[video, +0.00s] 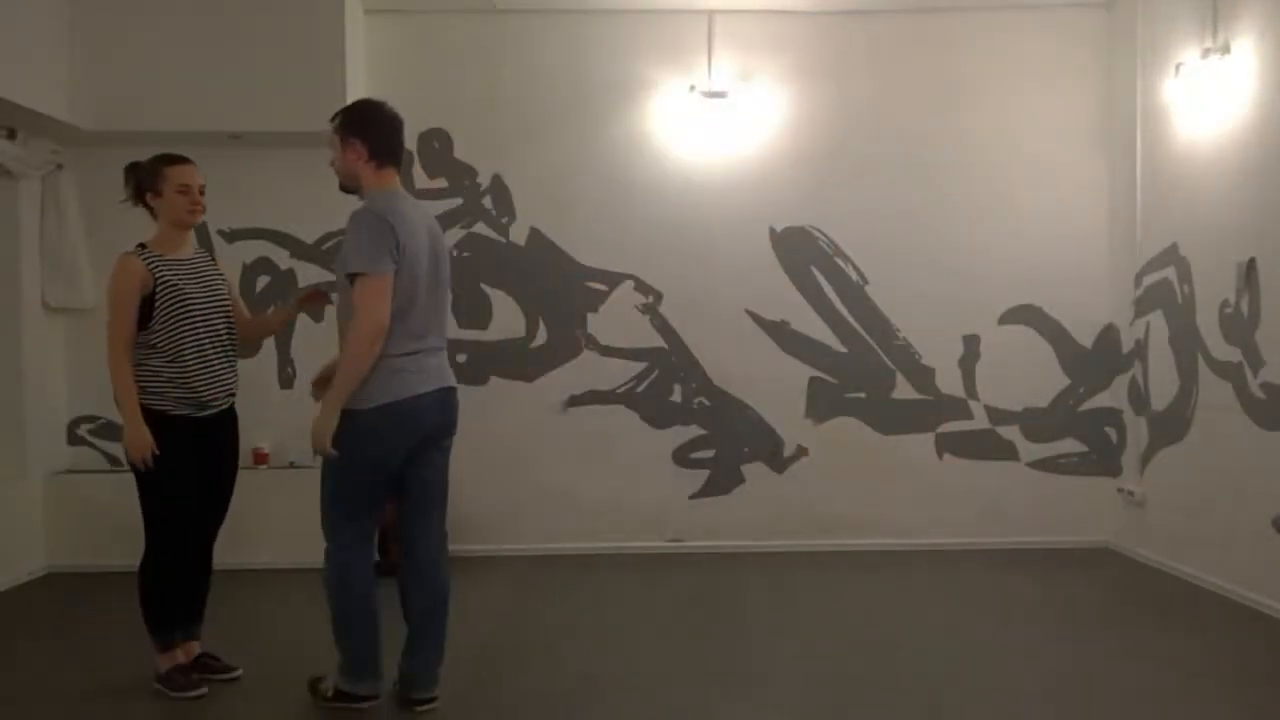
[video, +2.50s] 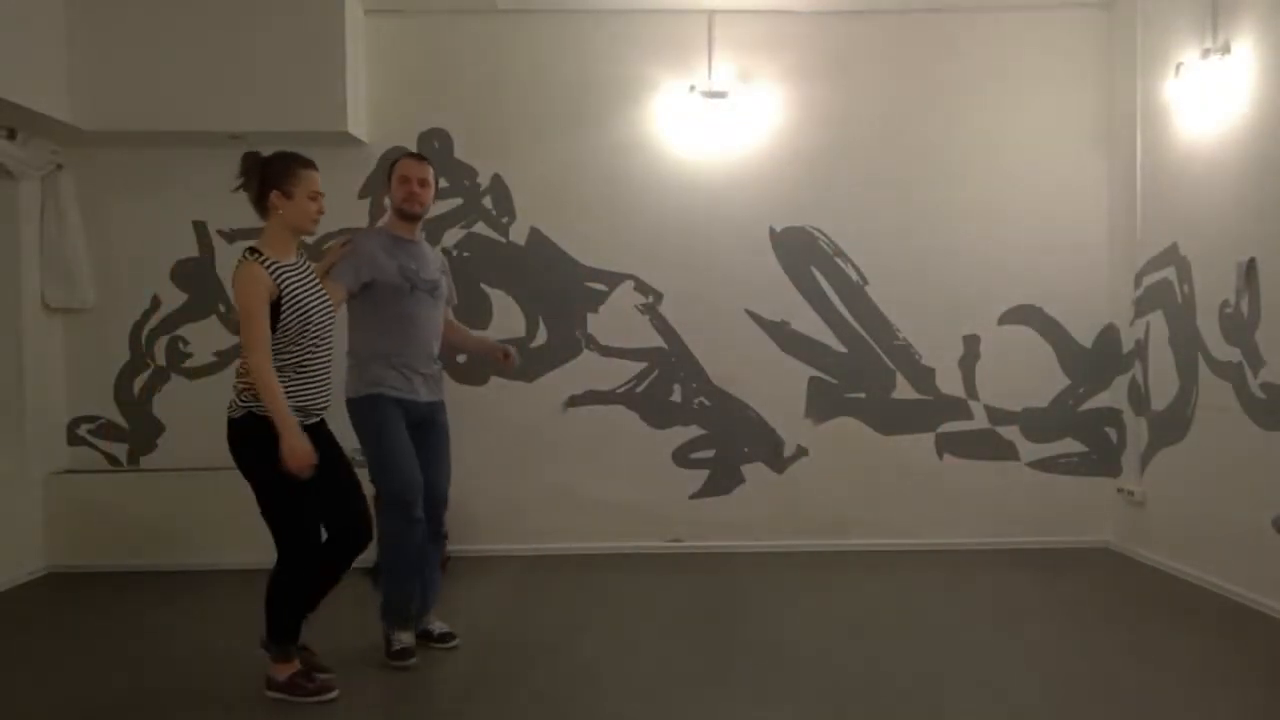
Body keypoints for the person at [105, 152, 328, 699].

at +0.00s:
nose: (197, 199)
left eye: (201, 191)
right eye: (185, 191)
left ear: (203, 199)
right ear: (154, 199)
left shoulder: (208, 266)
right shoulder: (136, 266)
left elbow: (247, 337)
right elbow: (119, 350)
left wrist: (295, 306)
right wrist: (132, 422)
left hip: (217, 422)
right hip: (165, 426)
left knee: (200, 539)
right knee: (167, 542)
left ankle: (189, 650)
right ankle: (167, 660)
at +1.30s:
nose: (214, 208)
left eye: (215, 198)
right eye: (204, 198)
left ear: (206, 203)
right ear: (168, 200)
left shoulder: (195, 263)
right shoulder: (150, 260)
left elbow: (204, 327)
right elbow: (121, 337)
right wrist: (190, 383)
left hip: (189, 418)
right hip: (144, 419)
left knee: (198, 533)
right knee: (175, 533)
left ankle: (187, 649)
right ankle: (138, 641)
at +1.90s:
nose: (251, 212)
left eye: (253, 203)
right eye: (243, 202)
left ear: (223, 207)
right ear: (208, 201)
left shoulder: (220, 265)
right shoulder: (182, 263)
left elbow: (224, 330)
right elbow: (156, 347)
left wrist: (254, 279)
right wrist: (142, 431)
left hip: (214, 423)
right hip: (184, 423)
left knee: (204, 534)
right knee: (240, 526)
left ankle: (179, 649)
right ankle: (184, 640)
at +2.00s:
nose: (266, 210)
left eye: (267, 201)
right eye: (257, 200)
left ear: (234, 204)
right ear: (222, 199)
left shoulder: (235, 263)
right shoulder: (195, 262)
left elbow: (237, 316)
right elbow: (153, 338)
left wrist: (271, 270)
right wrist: (127, 415)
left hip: (222, 421)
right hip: (194, 422)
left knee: (196, 540)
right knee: (258, 528)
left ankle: (174, 654)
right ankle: (245, 658)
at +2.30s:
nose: (303, 208)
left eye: (305, 199)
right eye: (296, 197)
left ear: (270, 200)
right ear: (261, 197)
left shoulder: (280, 259)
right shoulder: (227, 265)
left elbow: (288, 306)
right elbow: (194, 349)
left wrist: (317, 264)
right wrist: (174, 426)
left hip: (282, 419)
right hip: (244, 422)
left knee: (281, 539)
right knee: (282, 540)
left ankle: (197, 630)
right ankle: (281, 667)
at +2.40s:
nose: (312, 211)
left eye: (314, 202)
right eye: (304, 201)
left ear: (281, 205)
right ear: (269, 201)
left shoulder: (291, 264)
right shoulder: (244, 273)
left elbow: (302, 310)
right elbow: (224, 364)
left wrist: (329, 268)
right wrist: (224, 442)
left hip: (301, 426)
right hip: (262, 429)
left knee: (328, 537)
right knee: (293, 544)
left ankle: (235, 615)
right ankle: (282, 667)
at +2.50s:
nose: (321, 208)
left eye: (321, 199)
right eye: (312, 198)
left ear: (291, 204)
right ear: (277, 200)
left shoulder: (299, 262)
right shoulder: (255, 270)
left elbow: (306, 316)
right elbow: (257, 363)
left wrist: (339, 269)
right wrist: (288, 431)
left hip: (307, 420)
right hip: (263, 425)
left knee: (353, 530)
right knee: (297, 544)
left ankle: (286, 629)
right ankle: (281, 665)